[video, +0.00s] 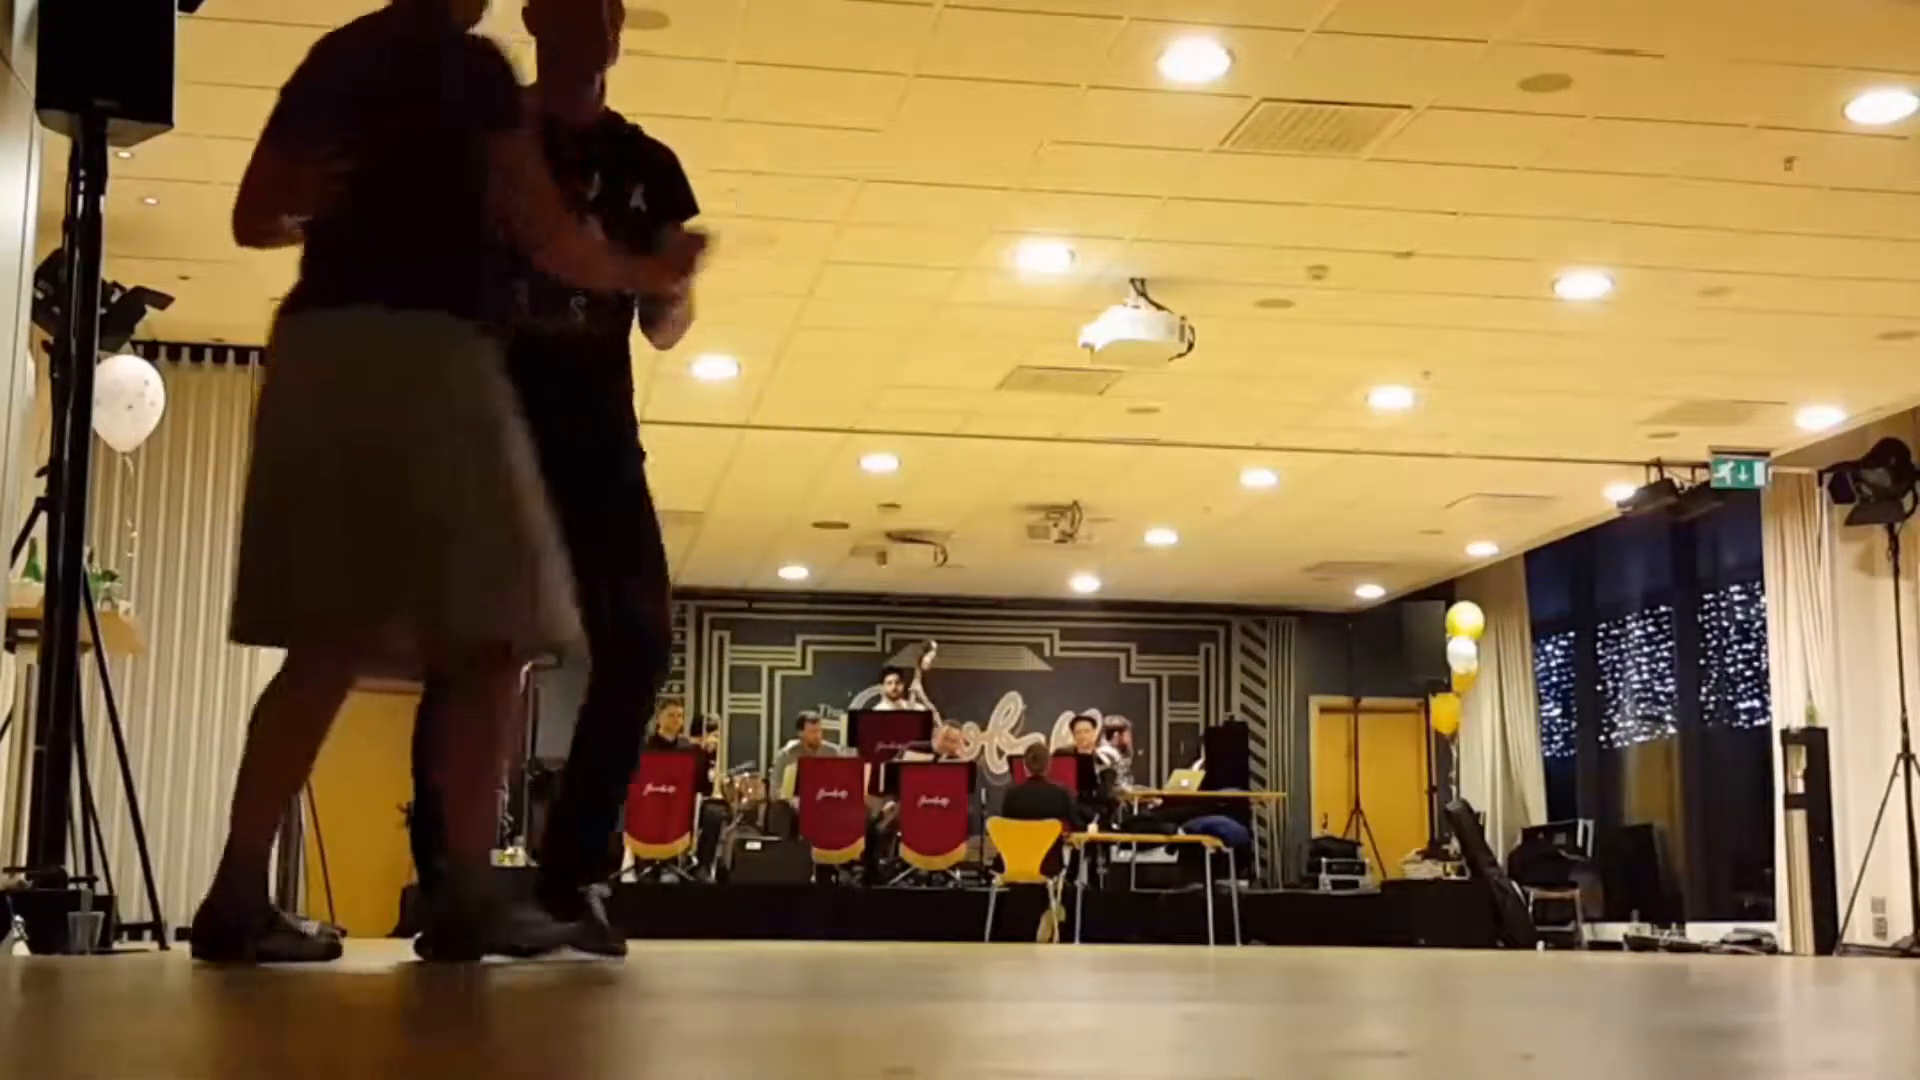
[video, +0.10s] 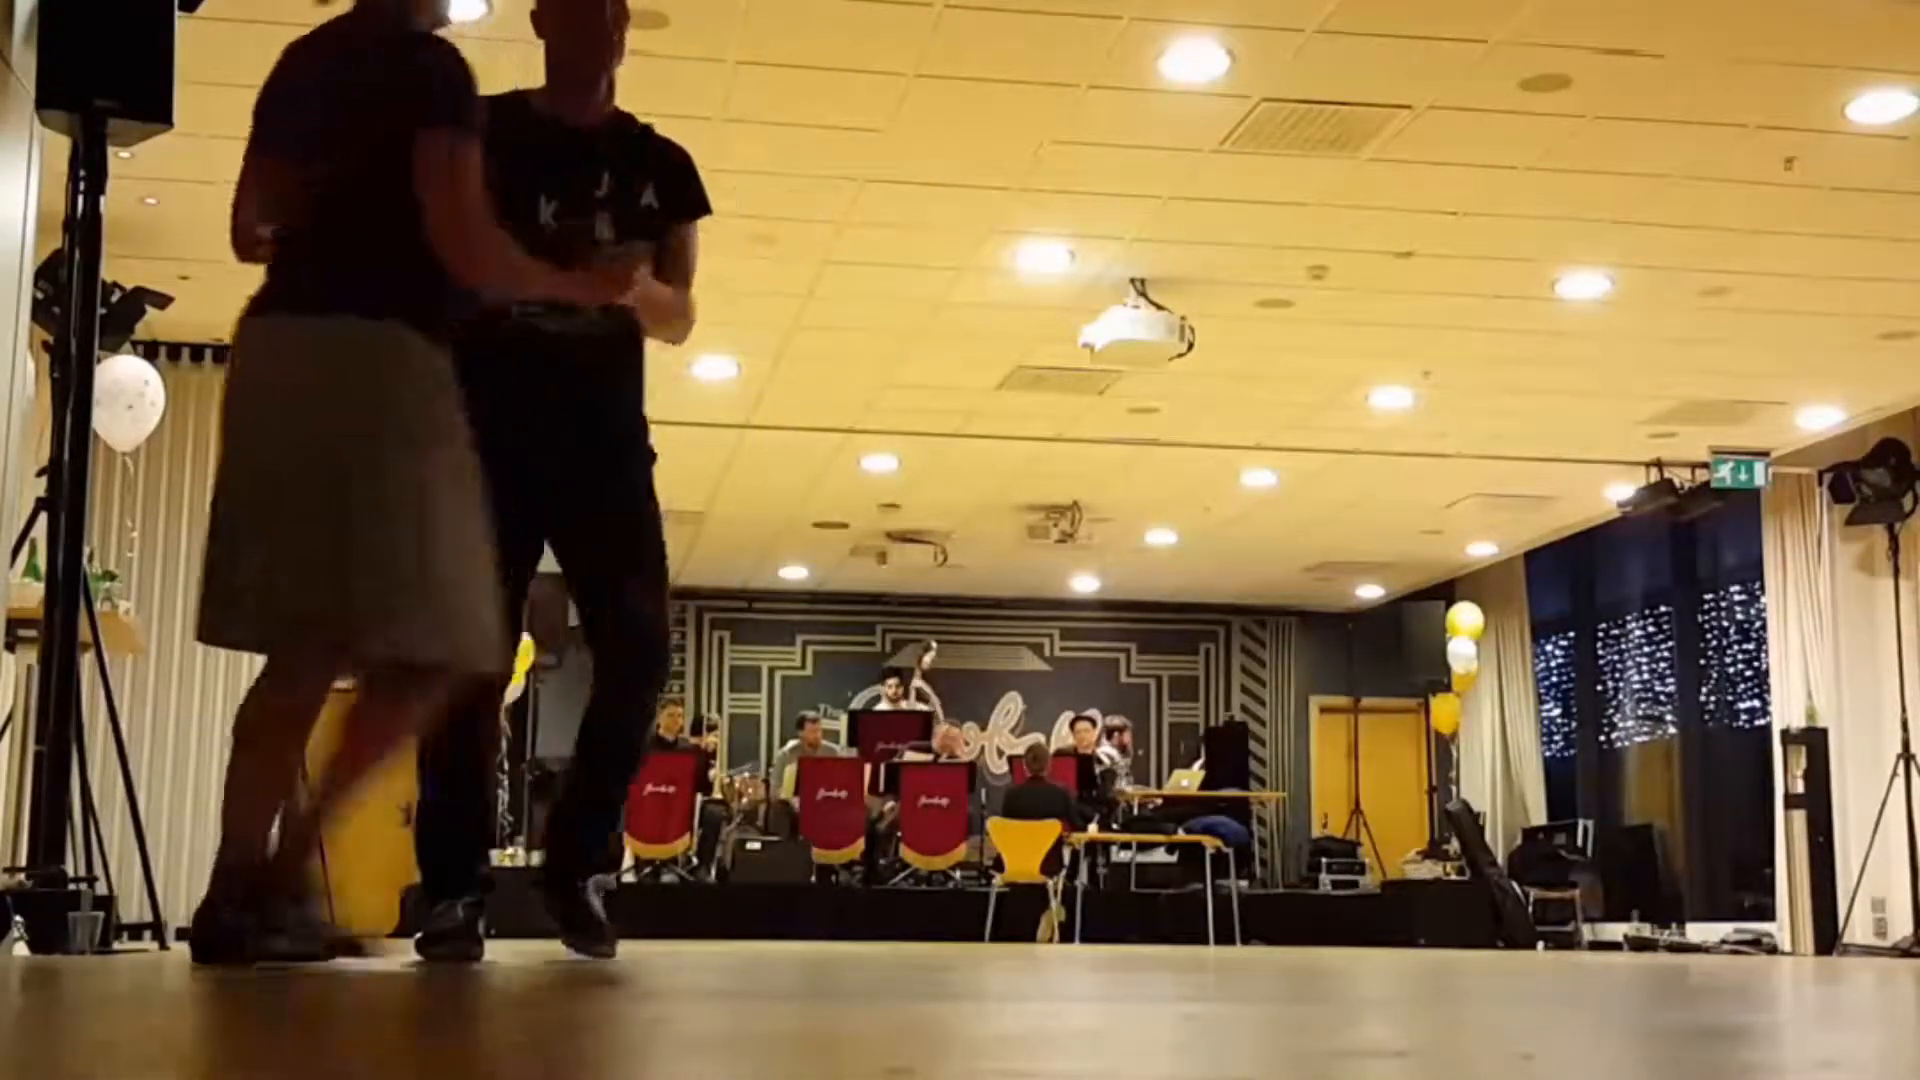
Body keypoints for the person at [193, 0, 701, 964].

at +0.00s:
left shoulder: (332, 58)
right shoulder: (477, 66)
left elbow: (256, 218)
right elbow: (549, 237)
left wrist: (355, 187)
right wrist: (649, 272)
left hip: (319, 357)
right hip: (433, 363)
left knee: (327, 642)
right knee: (490, 636)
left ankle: (236, 899)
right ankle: (472, 901)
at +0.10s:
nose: (464, 2)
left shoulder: (299, 62)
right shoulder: (434, 66)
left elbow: (251, 229)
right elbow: (470, 253)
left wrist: (364, 219)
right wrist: (585, 283)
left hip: (278, 352)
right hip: (385, 363)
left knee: (305, 641)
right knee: (442, 644)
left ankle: (236, 896)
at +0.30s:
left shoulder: (263, 45)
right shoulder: (384, 36)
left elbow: (246, 209)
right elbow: (421, 220)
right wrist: (555, 253)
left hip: (249, 331)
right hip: (326, 340)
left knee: (300, 635)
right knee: (266, 628)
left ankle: (233, 885)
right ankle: (82, 864)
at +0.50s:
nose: (435, 6)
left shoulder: (276, 59)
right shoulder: (373, 52)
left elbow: (248, 210)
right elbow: (416, 233)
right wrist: (556, 265)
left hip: (261, 354)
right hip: (325, 361)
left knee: (325, 643)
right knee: (344, 644)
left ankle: (244, 884)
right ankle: (144, 834)